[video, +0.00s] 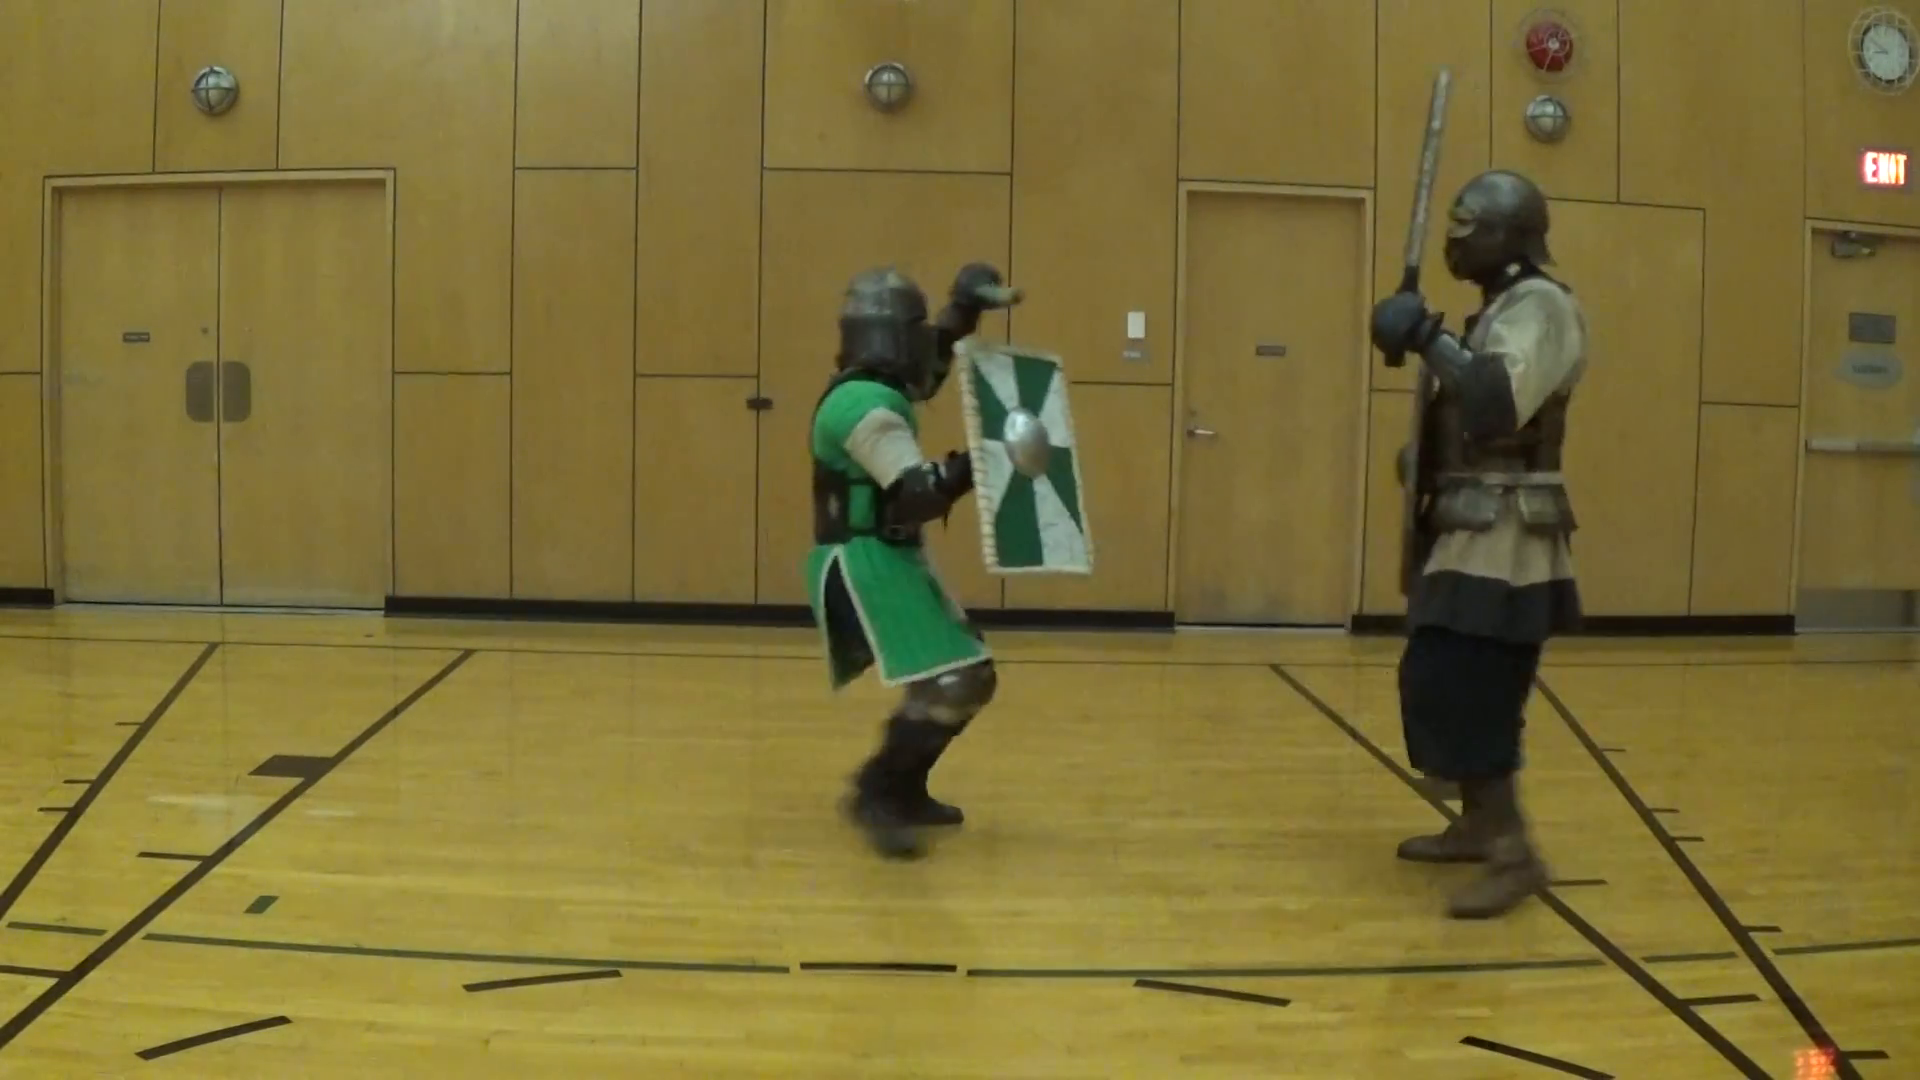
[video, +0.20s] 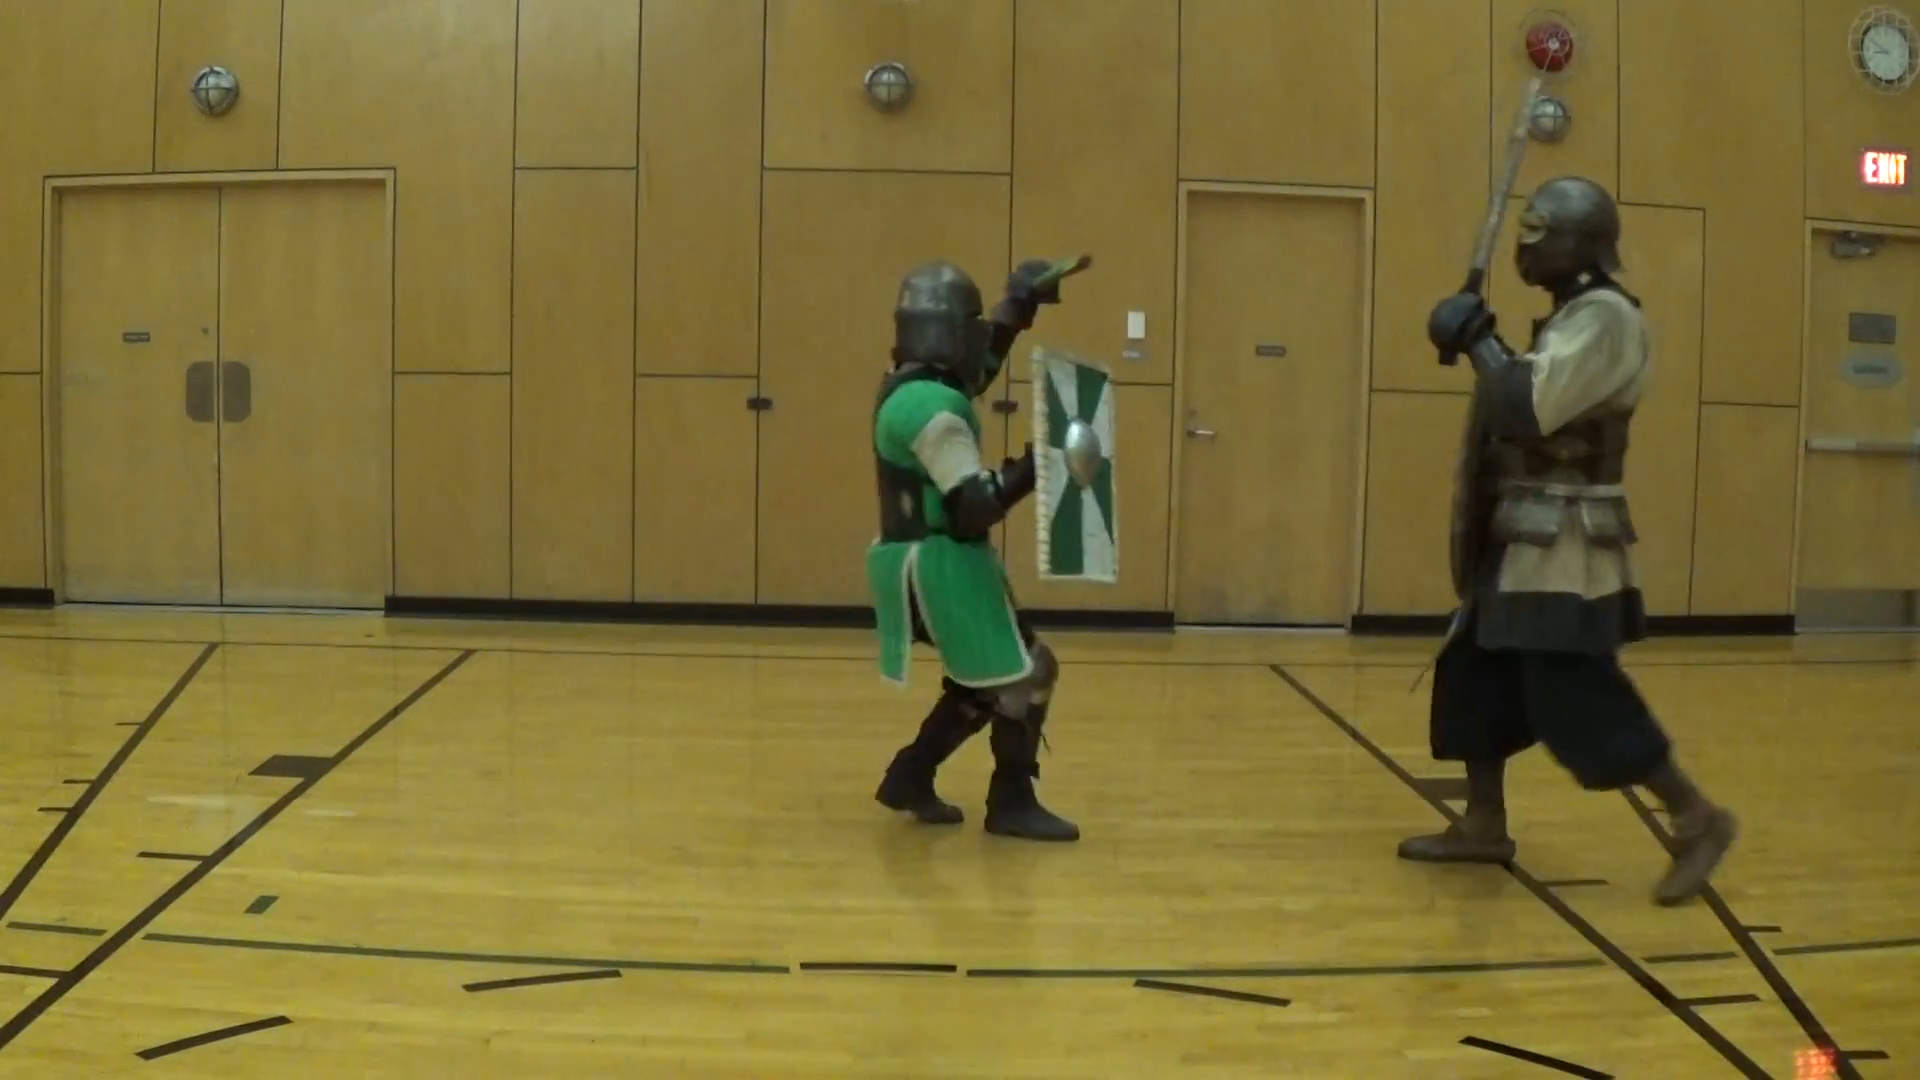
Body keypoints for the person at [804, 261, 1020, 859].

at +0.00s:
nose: (922, 344)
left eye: (919, 335)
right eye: (914, 334)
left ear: (867, 336)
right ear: (892, 337)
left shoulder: (880, 394)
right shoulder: (861, 403)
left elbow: (923, 369)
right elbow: (916, 495)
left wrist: (960, 311)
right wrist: (995, 456)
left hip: (890, 556)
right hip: (861, 561)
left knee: (969, 672)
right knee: (952, 678)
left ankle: (903, 788)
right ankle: (879, 794)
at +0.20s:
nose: (979, 336)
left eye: (976, 329)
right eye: (972, 326)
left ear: (915, 330)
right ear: (955, 331)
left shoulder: (917, 391)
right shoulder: (930, 405)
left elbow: (978, 365)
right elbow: (971, 509)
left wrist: (1017, 303)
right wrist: (1041, 459)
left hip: (925, 561)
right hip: (943, 566)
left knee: (988, 678)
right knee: (1030, 669)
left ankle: (910, 775)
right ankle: (1012, 802)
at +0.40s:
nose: (999, 325)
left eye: (995, 315)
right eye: (993, 314)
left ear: (931, 321)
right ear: (976, 323)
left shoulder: (937, 382)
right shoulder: (954, 398)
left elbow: (997, 371)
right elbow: (993, 502)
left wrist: (1040, 324)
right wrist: (1056, 463)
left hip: (944, 544)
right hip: (968, 549)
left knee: (989, 664)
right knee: (1045, 667)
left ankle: (906, 746)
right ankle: (1014, 800)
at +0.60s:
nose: (983, 317)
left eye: (980, 306)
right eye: (975, 307)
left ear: (921, 316)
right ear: (953, 314)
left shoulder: (942, 379)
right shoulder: (934, 387)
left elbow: (966, 442)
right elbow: (954, 488)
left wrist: (1025, 415)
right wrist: (1031, 463)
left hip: (944, 532)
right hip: (951, 538)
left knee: (964, 659)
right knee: (1020, 662)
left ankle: (886, 751)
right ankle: (1011, 800)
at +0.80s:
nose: (966, 313)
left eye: (963, 302)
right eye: (957, 302)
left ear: (908, 308)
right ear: (928, 308)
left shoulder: (924, 372)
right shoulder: (904, 376)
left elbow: (930, 467)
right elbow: (909, 473)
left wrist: (989, 467)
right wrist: (986, 465)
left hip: (923, 525)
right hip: (905, 527)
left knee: (938, 652)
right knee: (956, 653)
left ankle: (881, 756)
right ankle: (974, 791)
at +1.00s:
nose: (945, 297)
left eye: (943, 286)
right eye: (936, 286)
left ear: (892, 291)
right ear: (908, 292)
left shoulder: (907, 354)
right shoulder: (885, 357)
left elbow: (905, 449)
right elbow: (883, 450)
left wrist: (962, 460)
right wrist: (960, 453)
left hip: (902, 510)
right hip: (875, 511)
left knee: (925, 644)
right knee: (889, 640)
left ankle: (880, 760)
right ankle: (821, 769)